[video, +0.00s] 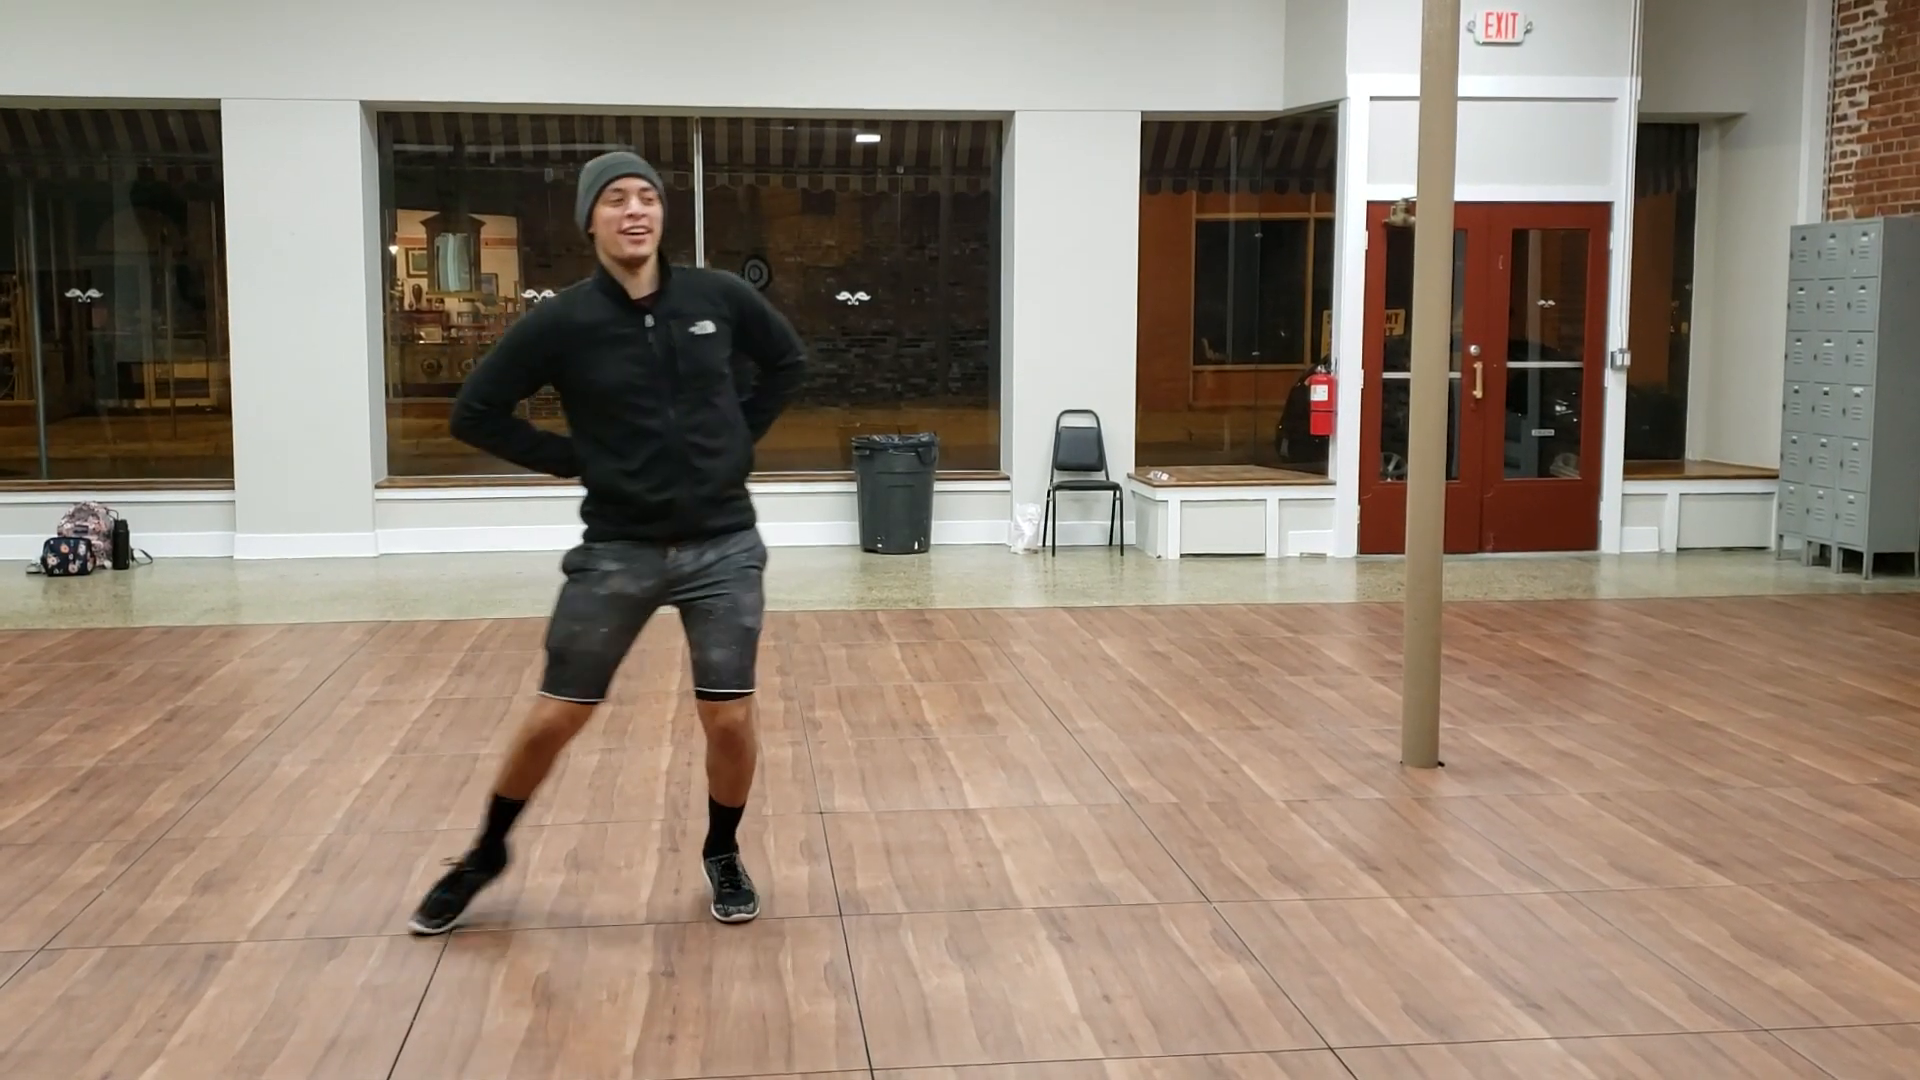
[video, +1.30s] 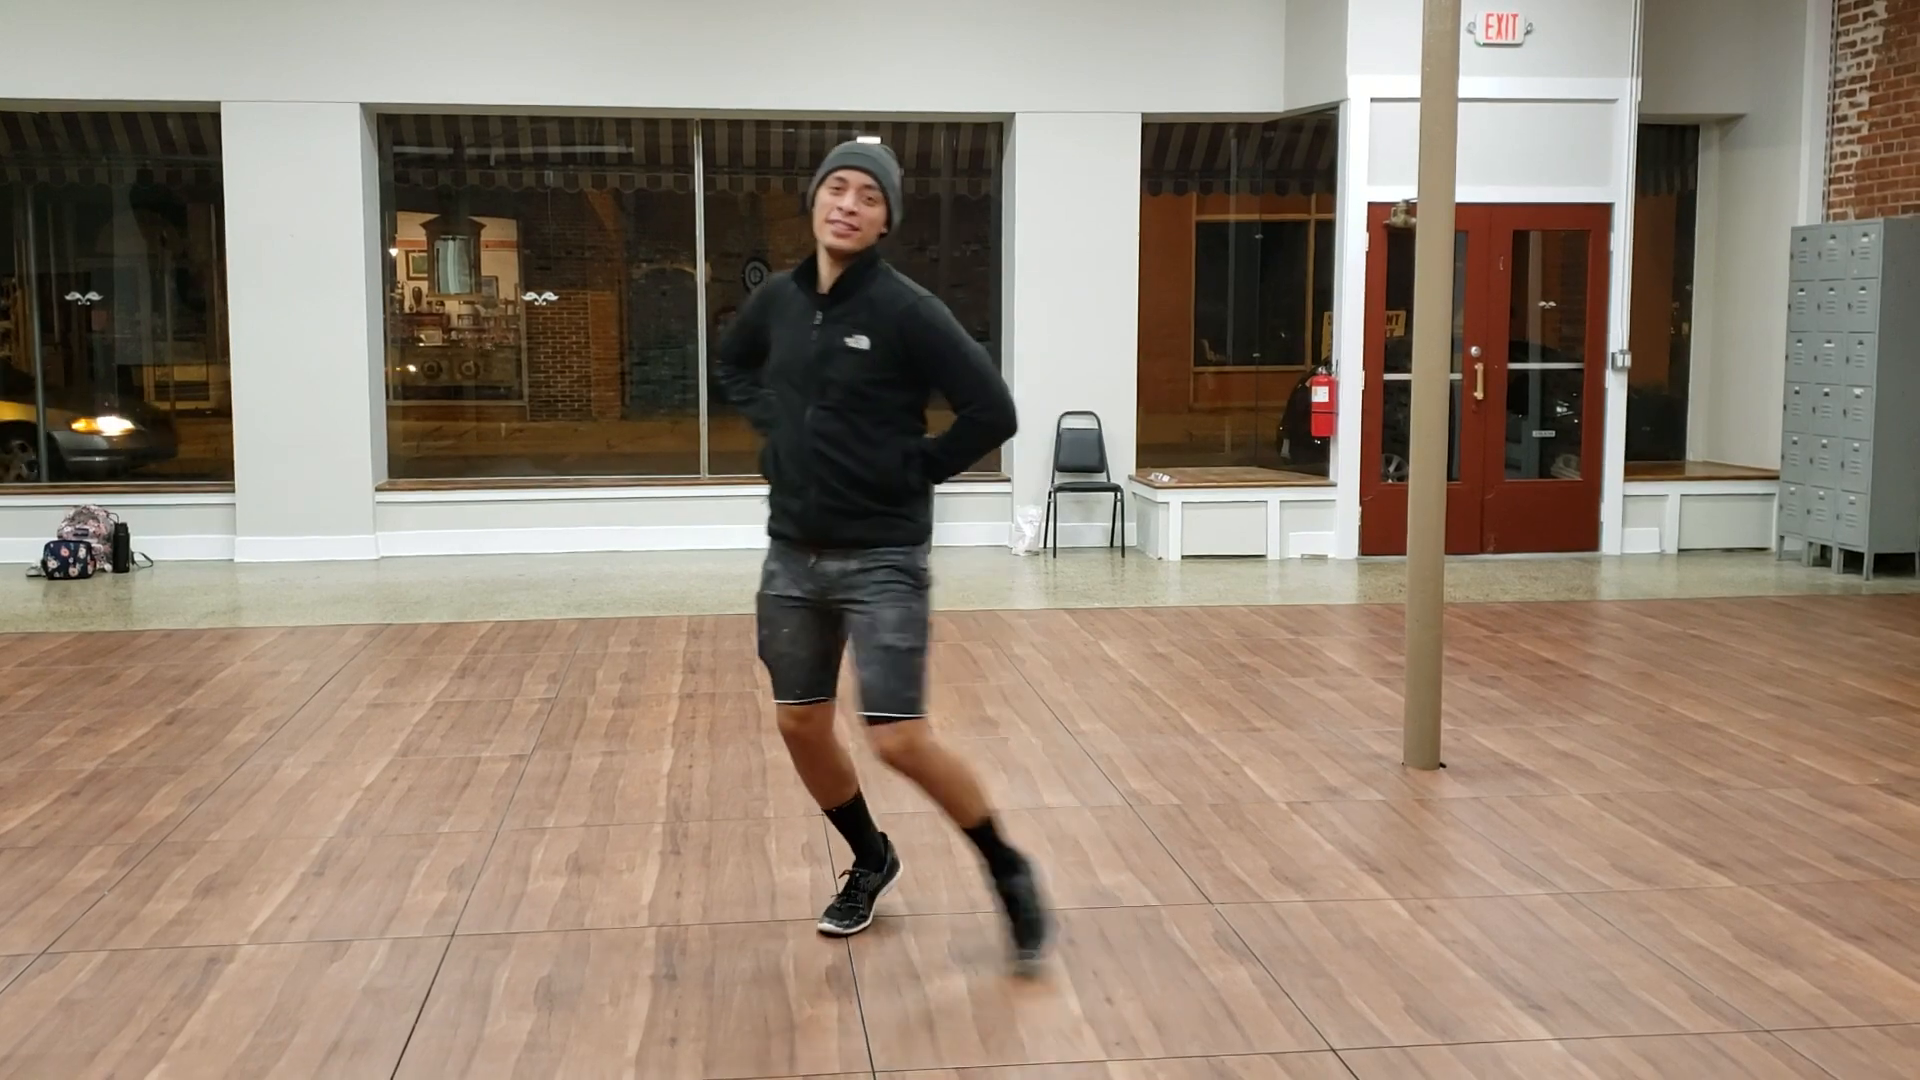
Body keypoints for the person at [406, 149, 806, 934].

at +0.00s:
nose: (634, 211)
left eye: (645, 199)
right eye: (617, 201)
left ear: (664, 217)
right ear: (591, 223)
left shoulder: (721, 296)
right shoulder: (560, 320)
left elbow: (787, 363)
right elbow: (472, 417)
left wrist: (737, 437)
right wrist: (579, 457)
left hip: (722, 543)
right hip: (617, 549)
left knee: (730, 715)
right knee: (557, 716)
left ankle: (723, 854)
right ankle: (486, 854)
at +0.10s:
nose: (671, 205)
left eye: (682, 194)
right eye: (653, 195)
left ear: (698, 214)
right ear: (625, 218)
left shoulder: (754, 291)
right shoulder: (593, 315)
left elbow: (832, 362)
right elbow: (509, 409)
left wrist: (770, 434)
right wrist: (608, 452)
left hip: (753, 539)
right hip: (651, 541)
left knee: (748, 713)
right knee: (615, 715)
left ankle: (722, 856)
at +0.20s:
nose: (705, 209)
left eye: (718, 198)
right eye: (688, 197)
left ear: (735, 220)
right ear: (660, 220)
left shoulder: (784, 299)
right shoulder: (627, 316)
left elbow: (865, 373)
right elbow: (543, 406)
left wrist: (799, 440)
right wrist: (641, 457)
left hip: (779, 546)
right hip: (682, 546)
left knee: (760, 723)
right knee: (688, 716)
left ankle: (724, 857)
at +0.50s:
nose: (790, 232)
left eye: (803, 219)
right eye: (773, 218)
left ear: (819, 236)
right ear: (742, 237)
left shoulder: (869, 316)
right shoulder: (706, 341)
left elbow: (960, 399)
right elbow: (648, 429)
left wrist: (890, 468)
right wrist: (735, 472)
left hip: (878, 568)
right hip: (777, 571)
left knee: (898, 745)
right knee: (814, 746)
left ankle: (813, 824)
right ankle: (874, 916)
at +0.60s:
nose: (822, 214)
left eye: (837, 203)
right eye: (806, 200)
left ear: (852, 222)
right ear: (774, 216)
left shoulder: (898, 304)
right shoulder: (733, 322)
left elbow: (985, 391)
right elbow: (679, 405)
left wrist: (917, 463)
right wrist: (760, 456)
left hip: (904, 554)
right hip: (799, 560)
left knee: (951, 726)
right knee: (823, 736)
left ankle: (921, 851)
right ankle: (873, 915)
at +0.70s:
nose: (855, 200)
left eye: (869, 190)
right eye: (840, 186)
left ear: (883, 210)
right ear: (807, 201)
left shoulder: (922, 295)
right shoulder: (763, 305)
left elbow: (1013, 388)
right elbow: (720, 386)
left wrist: (937, 453)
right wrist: (788, 441)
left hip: (925, 545)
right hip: (820, 552)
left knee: (990, 721)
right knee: (840, 732)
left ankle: (1032, 885)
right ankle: (876, 916)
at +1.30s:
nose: (848, 205)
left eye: (867, 198)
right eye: (838, 189)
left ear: (886, 221)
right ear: (812, 201)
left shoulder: (907, 310)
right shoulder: (775, 298)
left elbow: (995, 414)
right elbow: (729, 364)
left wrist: (913, 466)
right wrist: (775, 423)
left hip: (883, 557)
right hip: (793, 553)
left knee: (894, 735)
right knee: (799, 720)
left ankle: (1006, 868)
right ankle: (870, 857)